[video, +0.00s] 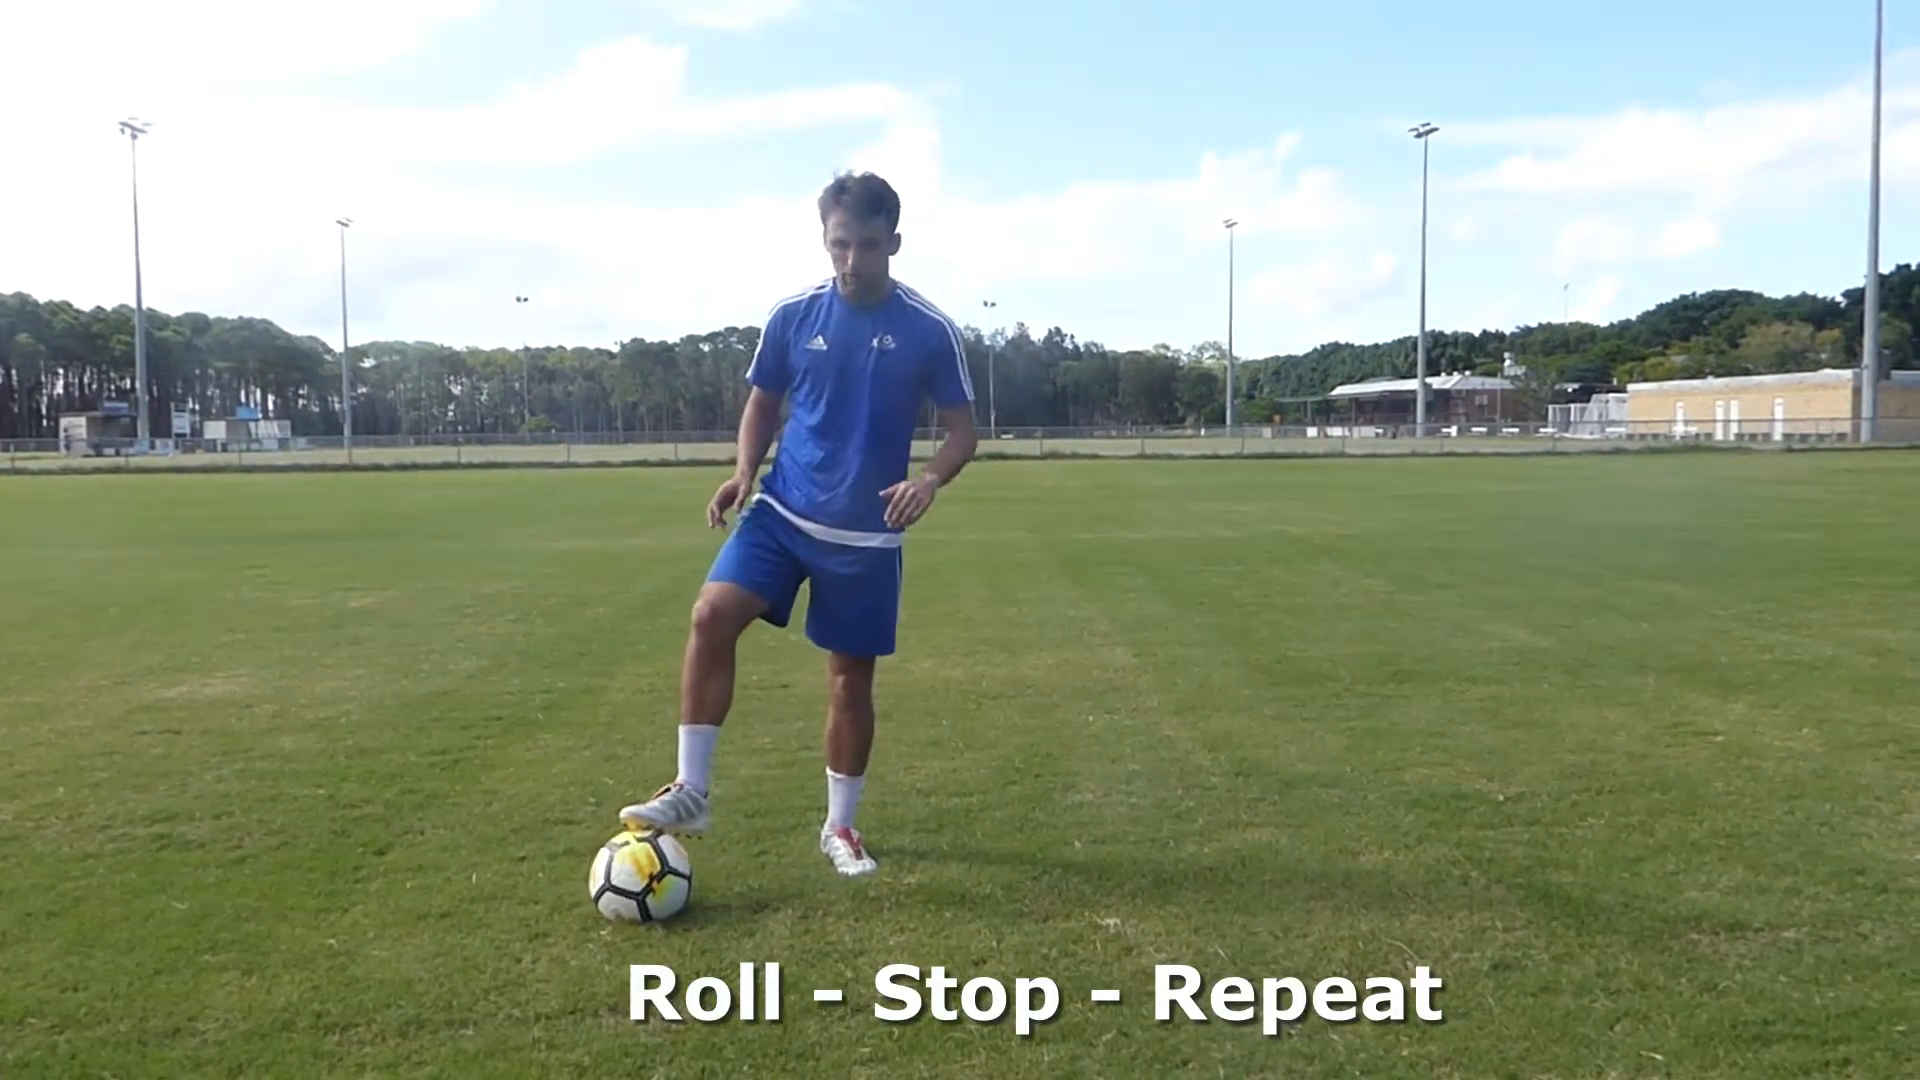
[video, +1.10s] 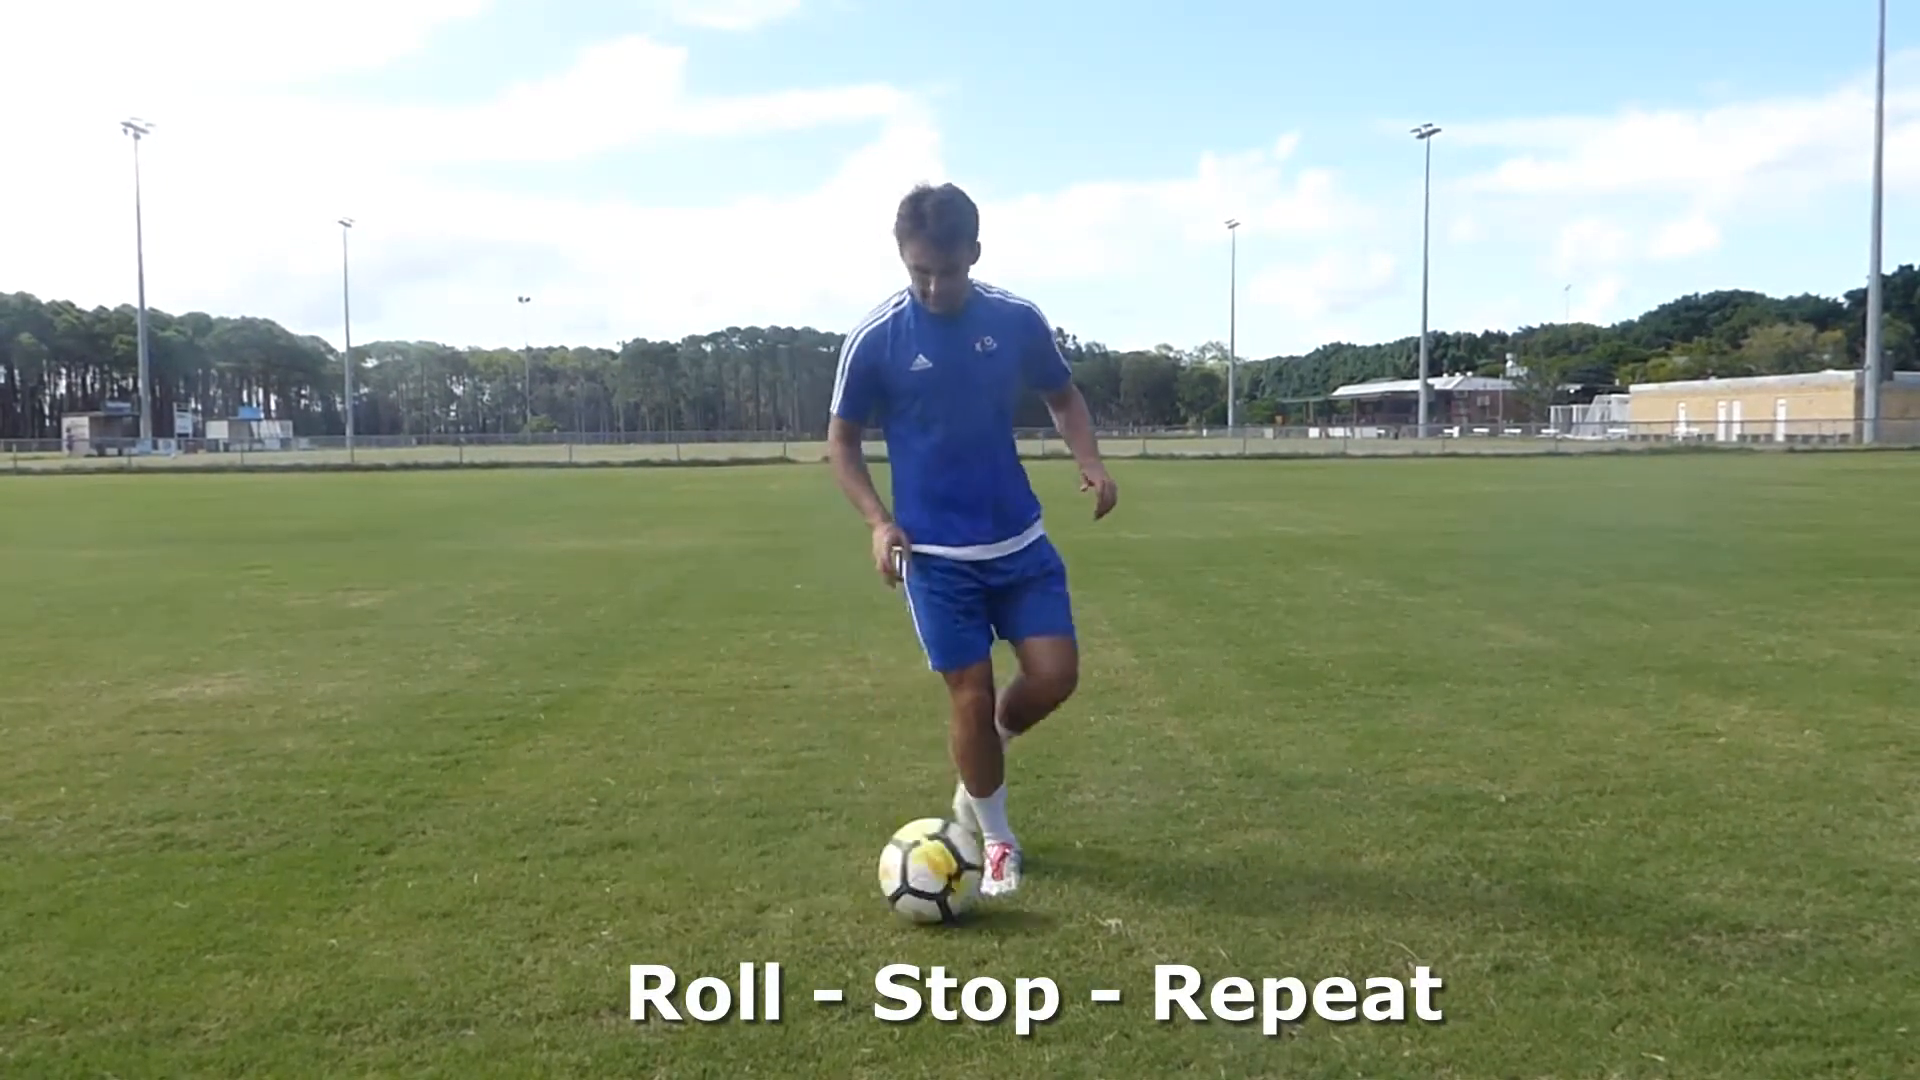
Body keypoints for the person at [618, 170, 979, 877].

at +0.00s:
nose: (849, 262)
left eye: (863, 247)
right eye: (837, 247)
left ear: (893, 240)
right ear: (823, 240)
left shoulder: (931, 333)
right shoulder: (794, 316)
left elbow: (962, 431)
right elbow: (763, 402)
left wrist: (931, 479)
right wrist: (744, 471)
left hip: (864, 538)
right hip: (781, 515)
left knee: (851, 687)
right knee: (712, 615)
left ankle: (839, 831)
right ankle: (690, 793)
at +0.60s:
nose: (888, 284)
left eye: (903, 270)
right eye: (877, 268)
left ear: (934, 258)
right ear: (863, 252)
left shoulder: (964, 333)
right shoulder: (830, 321)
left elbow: (980, 409)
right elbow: (774, 412)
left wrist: (997, 479)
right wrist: (776, 483)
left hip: (907, 537)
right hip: (823, 517)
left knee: (873, 689)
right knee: (771, 630)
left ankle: (843, 829)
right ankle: (729, 803)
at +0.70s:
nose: (890, 285)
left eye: (905, 270)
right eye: (878, 269)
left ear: (936, 256)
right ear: (864, 254)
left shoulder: (975, 332)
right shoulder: (833, 326)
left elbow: (1001, 406)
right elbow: (787, 413)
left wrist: (1015, 480)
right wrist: (794, 489)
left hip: (923, 537)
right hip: (842, 518)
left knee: (883, 685)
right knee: (834, 639)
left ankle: (847, 829)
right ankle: (820, 815)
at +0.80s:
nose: (891, 288)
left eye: (905, 273)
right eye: (879, 272)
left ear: (936, 256)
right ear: (865, 258)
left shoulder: (983, 332)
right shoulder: (837, 334)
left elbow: (1029, 409)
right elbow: (800, 421)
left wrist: (1040, 487)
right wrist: (812, 494)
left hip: (944, 547)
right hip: (863, 538)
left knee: (897, 695)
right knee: (893, 673)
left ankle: (846, 826)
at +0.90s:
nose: (896, 288)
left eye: (910, 273)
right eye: (885, 273)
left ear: (944, 257)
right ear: (873, 262)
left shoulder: (994, 330)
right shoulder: (848, 344)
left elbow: (1048, 404)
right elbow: (817, 428)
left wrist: (1060, 476)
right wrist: (834, 511)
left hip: (972, 547)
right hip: (892, 548)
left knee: (937, 699)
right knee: (945, 692)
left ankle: (859, 824)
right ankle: (989, 840)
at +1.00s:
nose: (915, 290)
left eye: (929, 274)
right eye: (901, 275)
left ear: (958, 258)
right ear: (886, 263)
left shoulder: (1009, 327)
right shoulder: (862, 349)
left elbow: (1059, 404)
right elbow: (833, 439)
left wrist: (1074, 462)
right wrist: (857, 524)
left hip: (1000, 545)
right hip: (918, 552)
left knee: (1014, 696)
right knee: (968, 695)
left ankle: (913, 793)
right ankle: (999, 844)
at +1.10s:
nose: (933, 286)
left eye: (948, 271)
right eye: (919, 271)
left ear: (974, 254)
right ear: (900, 256)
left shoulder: (1020, 321)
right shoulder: (874, 343)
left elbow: (1064, 399)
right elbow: (841, 444)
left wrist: (1090, 461)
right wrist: (879, 522)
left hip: (1020, 540)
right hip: (934, 554)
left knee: (1054, 675)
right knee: (974, 699)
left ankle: (976, 758)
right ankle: (998, 845)